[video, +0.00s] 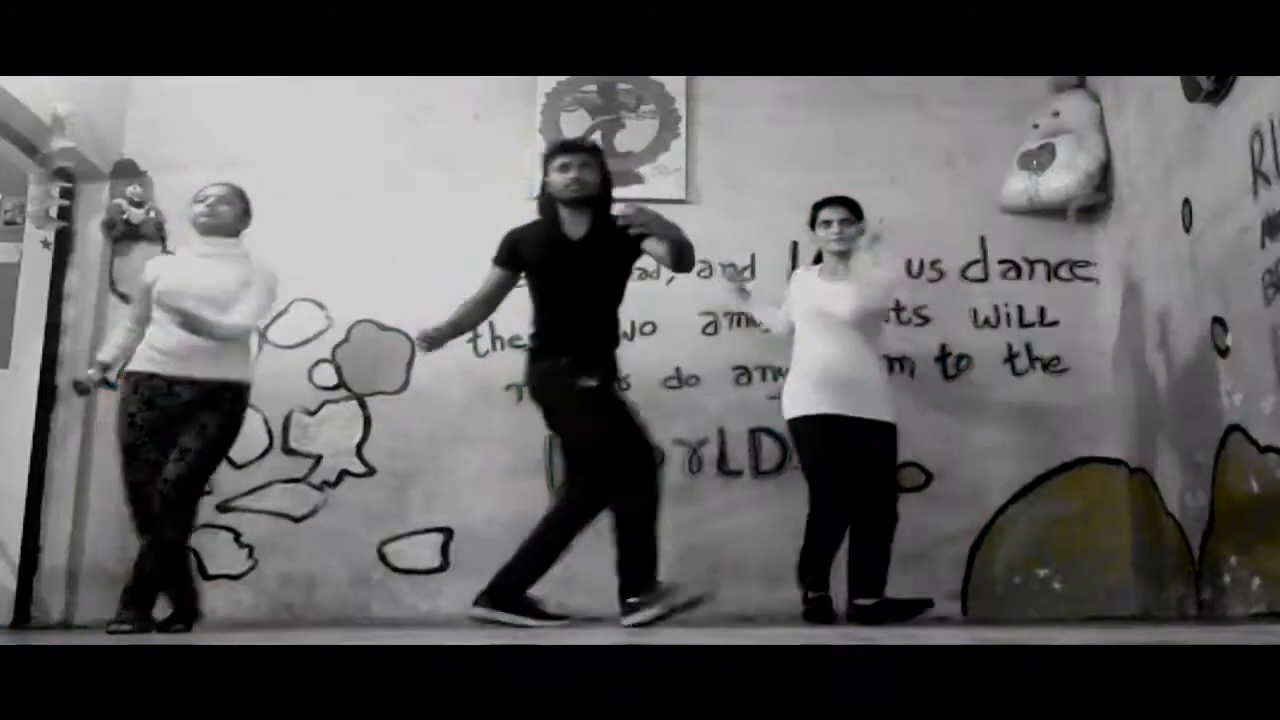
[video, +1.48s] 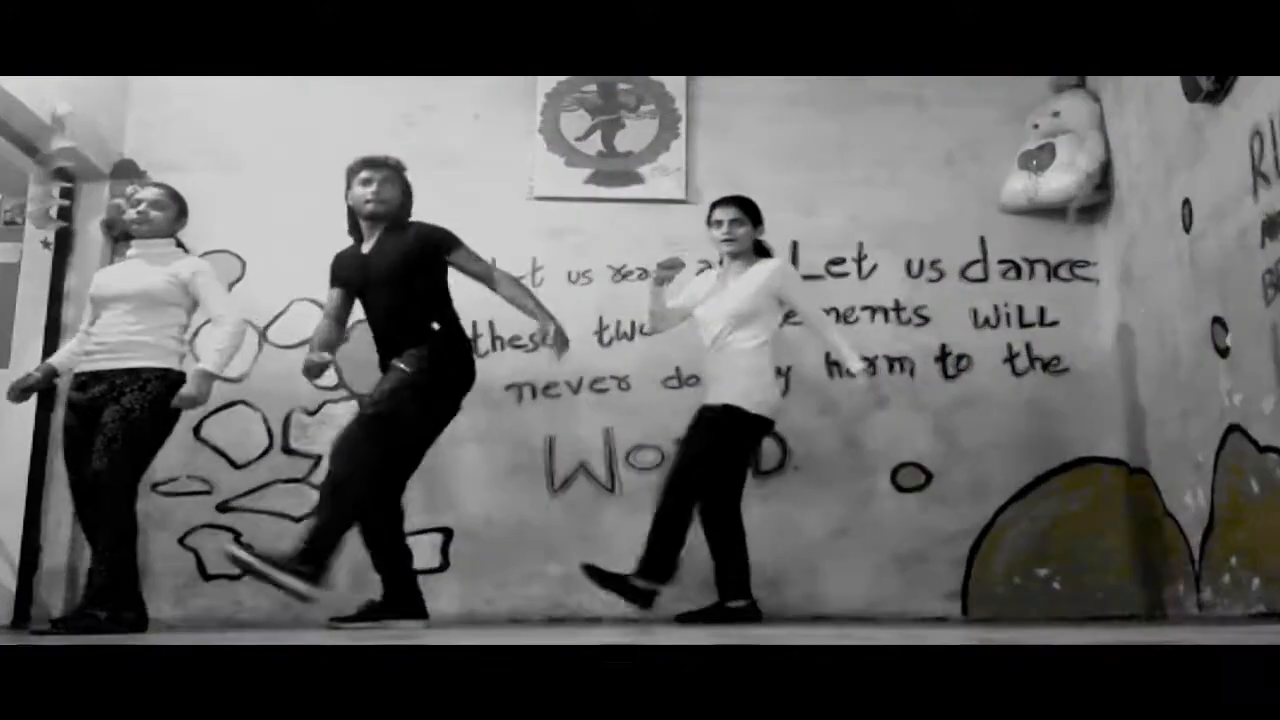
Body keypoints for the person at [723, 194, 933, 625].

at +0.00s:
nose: (836, 230)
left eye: (845, 223)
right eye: (827, 224)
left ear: (861, 229)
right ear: (814, 233)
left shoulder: (877, 272)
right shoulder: (801, 280)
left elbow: (855, 308)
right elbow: (782, 326)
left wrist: (865, 254)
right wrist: (745, 300)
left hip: (868, 403)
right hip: (813, 402)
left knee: (877, 505)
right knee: (830, 500)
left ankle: (866, 597)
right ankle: (815, 592)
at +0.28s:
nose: (803, 232)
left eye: (812, 225)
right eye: (793, 226)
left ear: (827, 232)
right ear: (782, 234)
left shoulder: (849, 280)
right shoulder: (769, 279)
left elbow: (912, 313)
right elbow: (725, 305)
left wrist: (949, 293)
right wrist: (723, 282)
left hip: (829, 402)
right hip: (786, 405)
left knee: (791, 491)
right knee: (812, 498)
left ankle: (794, 597)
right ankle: (866, 593)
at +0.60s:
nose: (777, 237)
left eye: (786, 230)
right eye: (769, 231)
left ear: (803, 237)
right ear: (757, 240)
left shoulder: (820, 287)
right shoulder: (743, 287)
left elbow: (819, 322)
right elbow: (722, 335)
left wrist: (820, 272)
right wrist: (676, 314)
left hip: (808, 413)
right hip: (750, 412)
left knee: (824, 507)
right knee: (768, 506)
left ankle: (819, 596)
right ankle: (773, 597)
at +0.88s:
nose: (723, 254)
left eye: (732, 248)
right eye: (716, 249)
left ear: (747, 254)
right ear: (709, 258)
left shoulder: (768, 294)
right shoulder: (701, 298)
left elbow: (819, 316)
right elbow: (656, 329)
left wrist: (849, 308)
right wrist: (645, 304)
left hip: (749, 403)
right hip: (711, 405)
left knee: (715, 478)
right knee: (708, 480)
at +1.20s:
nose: (710, 255)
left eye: (718, 249)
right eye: (703, 250)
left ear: (735, 254)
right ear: (697, 257)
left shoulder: (751, 291)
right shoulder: (696, 298)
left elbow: (790, 332)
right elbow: (661, 339)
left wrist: (814, 377)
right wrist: (651, 313)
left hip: (728, 392)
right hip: (703, 391)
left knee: (652, 448)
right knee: (697, 474)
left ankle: (690, 524)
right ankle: (720, 559)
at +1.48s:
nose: (727, 231)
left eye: (737, 223)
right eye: (718, 225)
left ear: (756, 230)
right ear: (711, 233)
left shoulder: (774, 273)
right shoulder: (708, 282)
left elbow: (817, 320)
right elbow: (659, 322)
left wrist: (853, 361)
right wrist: (657, 283)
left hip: (746, 400)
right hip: (719, 399)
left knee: (681, 484)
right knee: (719, 503)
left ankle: (645, 582)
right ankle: (737, 600)